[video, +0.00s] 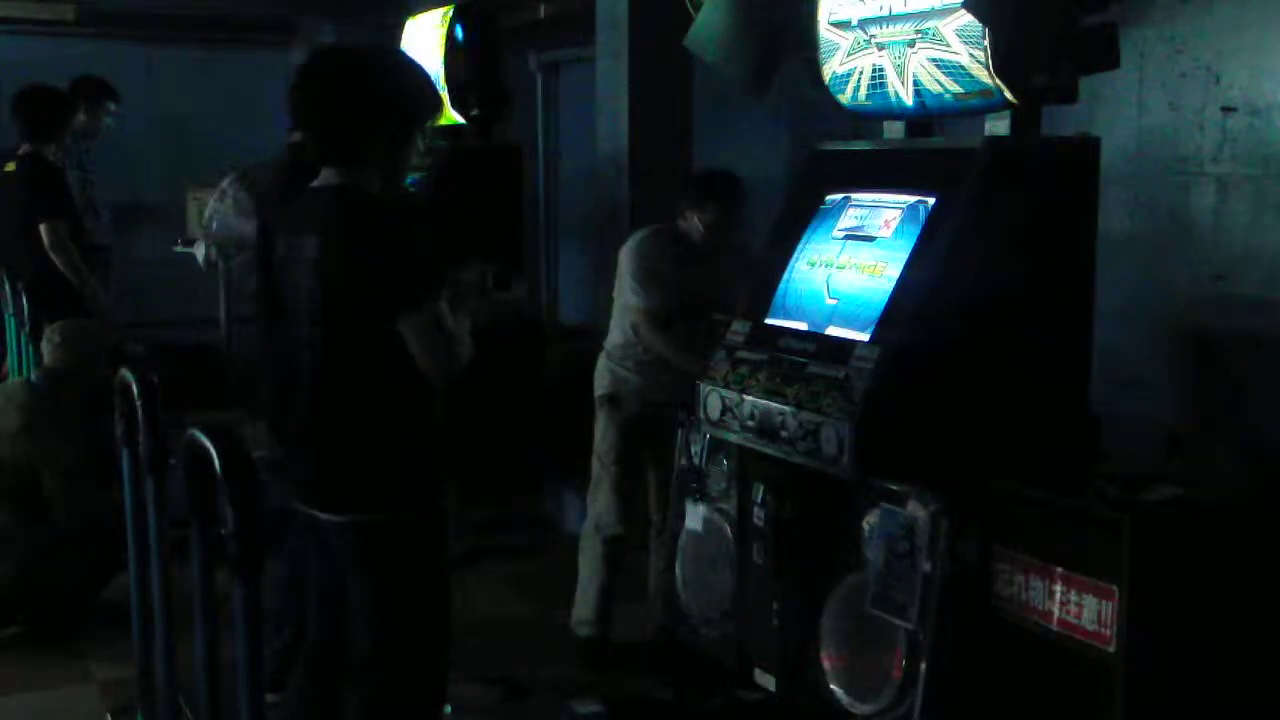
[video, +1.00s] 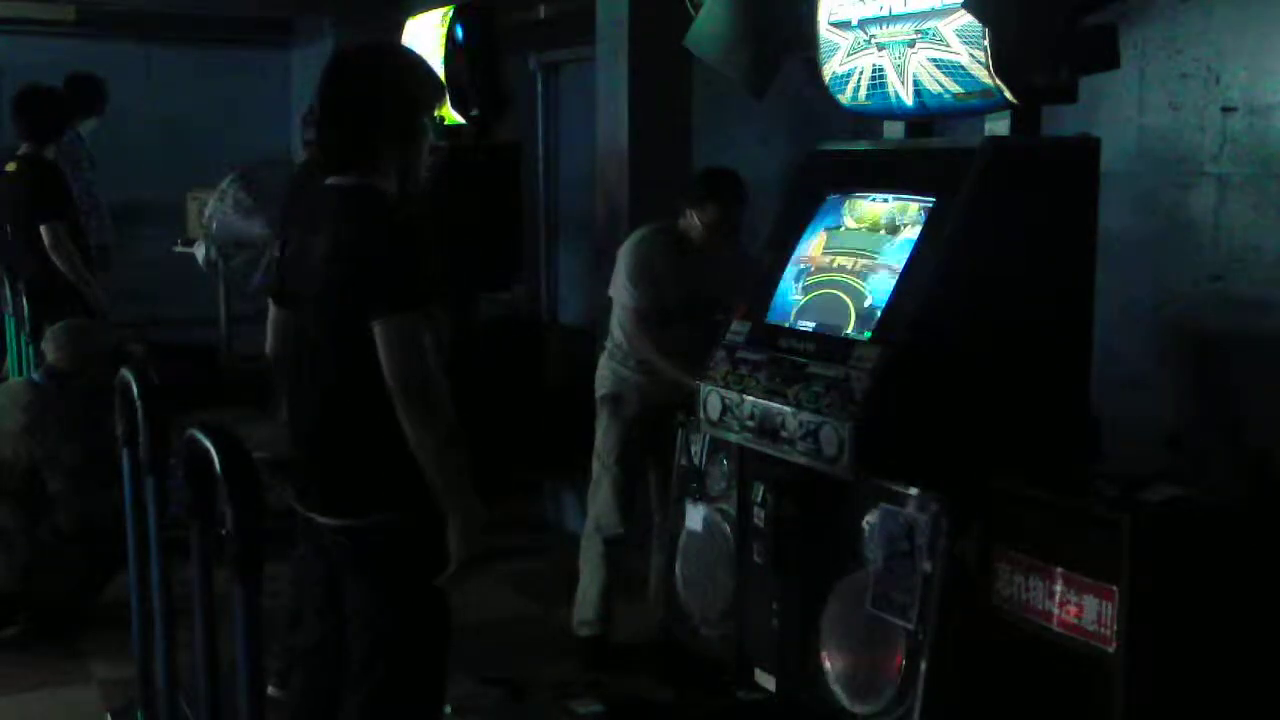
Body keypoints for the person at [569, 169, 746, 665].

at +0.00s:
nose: (712, 230)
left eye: (720, 222)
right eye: (706, 219)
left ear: (728, 222)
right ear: (687, 211)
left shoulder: (715, 258)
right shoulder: (646, 248)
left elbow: (724, 318)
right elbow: (645, 327)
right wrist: (699, 366)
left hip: (675, 391)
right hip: (623, 387)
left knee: (670, 511)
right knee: (611, 509)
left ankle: (666, 623)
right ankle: (590, 626)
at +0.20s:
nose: (711, 231)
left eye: (719, 223)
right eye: (706, 219)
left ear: (727, 222)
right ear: (686, 211)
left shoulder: (717, 258)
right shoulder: (644, 248)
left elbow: (726, 320)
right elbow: (645, 329)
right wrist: (702, 358)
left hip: (676, 391)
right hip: (622, 388)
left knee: (671, 511)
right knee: (610, 510)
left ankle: (666, 623)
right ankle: (591, 626)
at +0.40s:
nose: (710, 232)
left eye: (718, 224)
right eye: (705, 220)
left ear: (726, 222)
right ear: (685, 211)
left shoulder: (714, 258)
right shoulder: (643, 249)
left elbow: (723, 320)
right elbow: (653, 331)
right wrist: (712, 336)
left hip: (676, 393)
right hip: (624, 389)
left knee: (672, 512)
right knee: (611, 511)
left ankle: (666, 624)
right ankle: (591, 627)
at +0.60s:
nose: (711, 232)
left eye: (719, 223)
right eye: (706, 220)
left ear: (727, 222)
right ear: (685, 211)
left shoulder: (716, 258)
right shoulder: (642, 249)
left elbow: (723, 321)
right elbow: (634, 334)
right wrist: (702, 333)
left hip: (678, 391)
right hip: (625, 387)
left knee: (673, 510)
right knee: (612, 510)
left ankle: (666, 624)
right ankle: (591, 626)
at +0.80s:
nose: (718, 231)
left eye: (725, 222)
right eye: (712, 219)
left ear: (731, 219)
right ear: (689, 211)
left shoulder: (719, 257)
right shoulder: (644, 249)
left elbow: (732, 318)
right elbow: (631, 336)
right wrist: (687, 375)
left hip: (679, 389)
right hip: (627, 386)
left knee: (673, 509)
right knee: (612, 509)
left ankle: (665, 624)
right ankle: (592, 626)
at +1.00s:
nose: (720, 233)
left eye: (726, 223)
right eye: (714, 221)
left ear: (732, 221)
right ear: (690, 212)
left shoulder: (720, 258)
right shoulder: (645, 249)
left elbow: (737, 319)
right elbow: (631, 333)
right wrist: (686, 378)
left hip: (680, 389)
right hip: (626, 385)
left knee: (674, 507)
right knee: (612, 507)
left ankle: (667, 623)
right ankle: (591, 625)